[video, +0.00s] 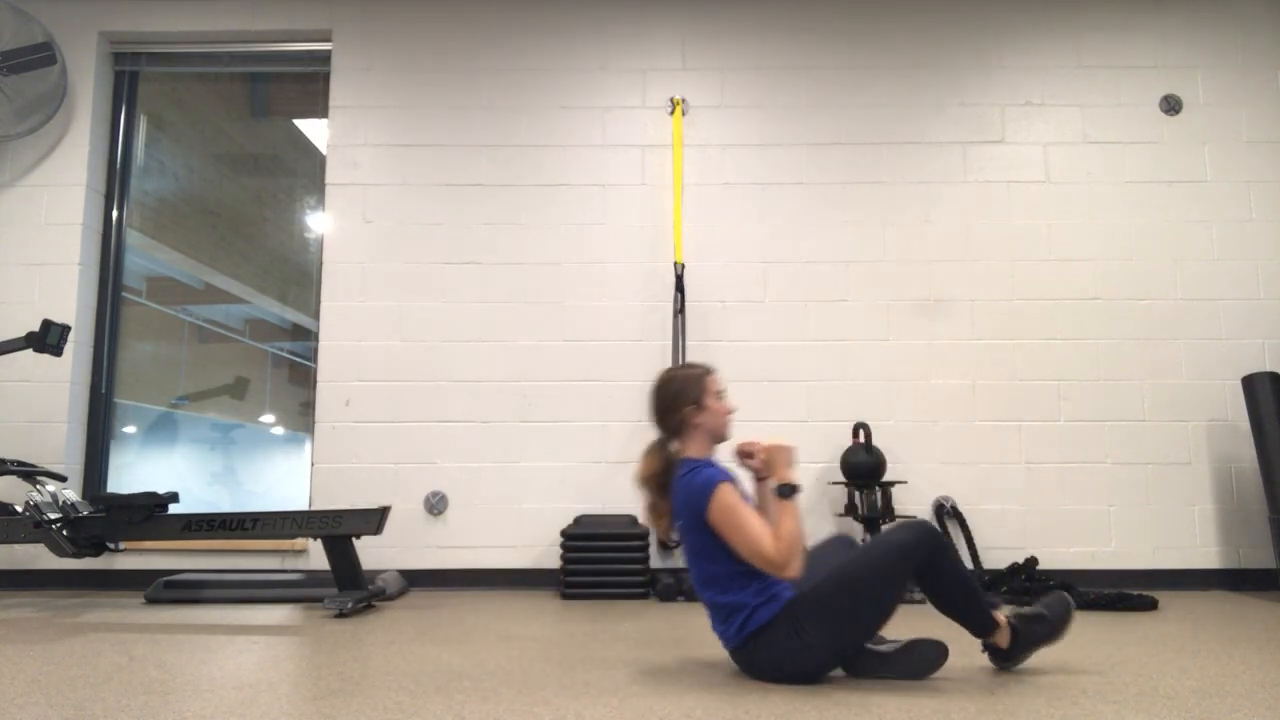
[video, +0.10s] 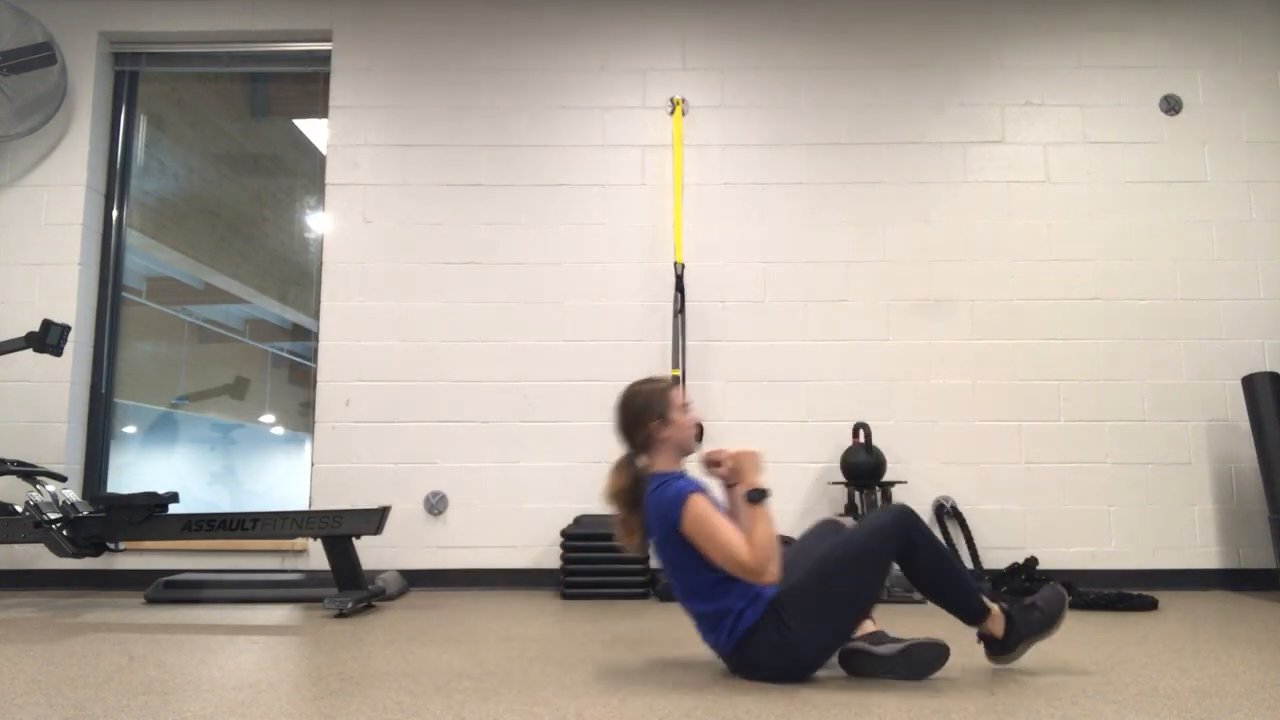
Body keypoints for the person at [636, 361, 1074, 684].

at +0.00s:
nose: (730, 407)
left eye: (724, 396)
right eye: (720, 398)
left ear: (691, 414)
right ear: (692, 414)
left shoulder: (696, 474)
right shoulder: (704, 480)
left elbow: (770, 557)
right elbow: (786, 563)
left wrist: (765, 484)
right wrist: (783, 481)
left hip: (768, 632)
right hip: (779, 642)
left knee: (841, 543)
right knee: (918, 537)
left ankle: (863, 646)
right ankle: (1002, 634)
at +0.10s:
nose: (695, 416)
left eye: (688, 406)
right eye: (683, 409)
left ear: (655, 431)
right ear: (660, 430)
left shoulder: (668, 485)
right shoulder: (676, 493)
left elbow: (746, 560)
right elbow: (763, 568)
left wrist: (735, 492)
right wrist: (753, 488)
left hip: (756, 634)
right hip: (767, 644)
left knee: (830, 533)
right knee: (898, 523)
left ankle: (865, 637)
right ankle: (998, 626)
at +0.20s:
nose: (659, 434)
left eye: (653, 424)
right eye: (647, 429)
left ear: (622, 451)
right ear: (621, 450)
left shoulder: (642, 501)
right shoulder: (650, 511)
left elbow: (722, 565)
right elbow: (740, 573)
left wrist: (704, 498)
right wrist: (725, 496)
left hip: (744, 629)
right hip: (758, 644)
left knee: (815, 516)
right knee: (874, 508)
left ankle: (870, 631)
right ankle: (994, 604)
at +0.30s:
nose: (627, 459)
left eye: (620, 449)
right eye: (614, 454)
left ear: (591, 475)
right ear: (587, 478)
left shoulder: (610, 524)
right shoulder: (623, 533)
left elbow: (697, 576)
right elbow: (721, 581)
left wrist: (676, 514)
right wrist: (694, 506)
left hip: (736, 632)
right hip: (753, 647)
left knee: (803, 506)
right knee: (853, 497)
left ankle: (876, 631)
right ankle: (990, 573)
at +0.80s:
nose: (499, 565)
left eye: (486, 562)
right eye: (483, 570)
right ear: (479, 607)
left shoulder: (540, 614)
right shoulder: (541, 633)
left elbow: (644, 590)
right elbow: (640, 601)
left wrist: (569, 571)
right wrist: (568, 567)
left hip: (702, 609)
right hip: (714, 625)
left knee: (657, 463)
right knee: (640, 468)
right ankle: (766, 407)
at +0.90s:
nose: (486, 575)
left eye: (475, 573)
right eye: (472, 581)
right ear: (470, 619)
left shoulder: (535, 619)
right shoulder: (530, 638)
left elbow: (635, 574)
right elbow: (629, 601)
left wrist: (556, 567)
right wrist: (555, 569)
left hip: (694, 599)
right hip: (704, 614)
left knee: (634, 460)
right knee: (616, 469)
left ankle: (722, 342)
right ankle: (748, 406)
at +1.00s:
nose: (481, 578)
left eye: (469, 577)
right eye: (467, 585)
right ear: (466, 625)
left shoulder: (532, 617)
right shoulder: (528, 641)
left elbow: (630, 569)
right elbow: (622, 598)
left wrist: (548, 570)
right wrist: (547, 571)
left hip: (689, 591)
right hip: (701, 609)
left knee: (629, 451)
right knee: (604, 471)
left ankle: (711, 325)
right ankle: (736, 416)